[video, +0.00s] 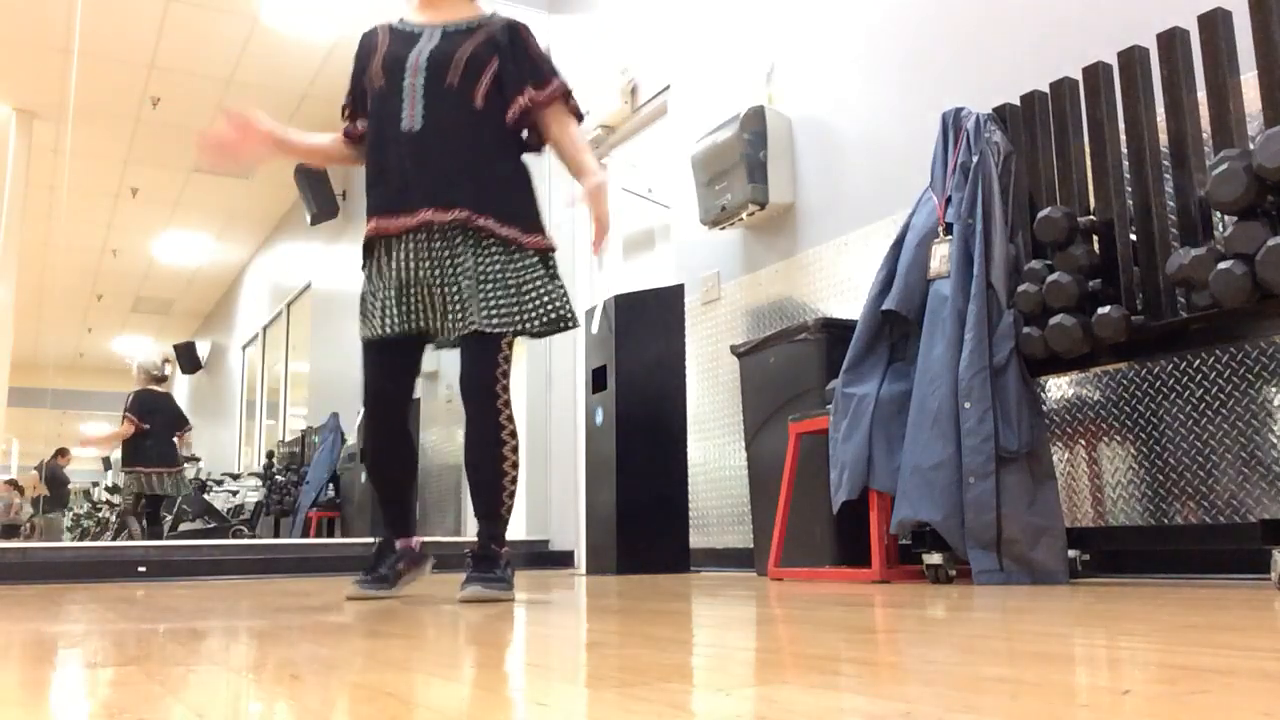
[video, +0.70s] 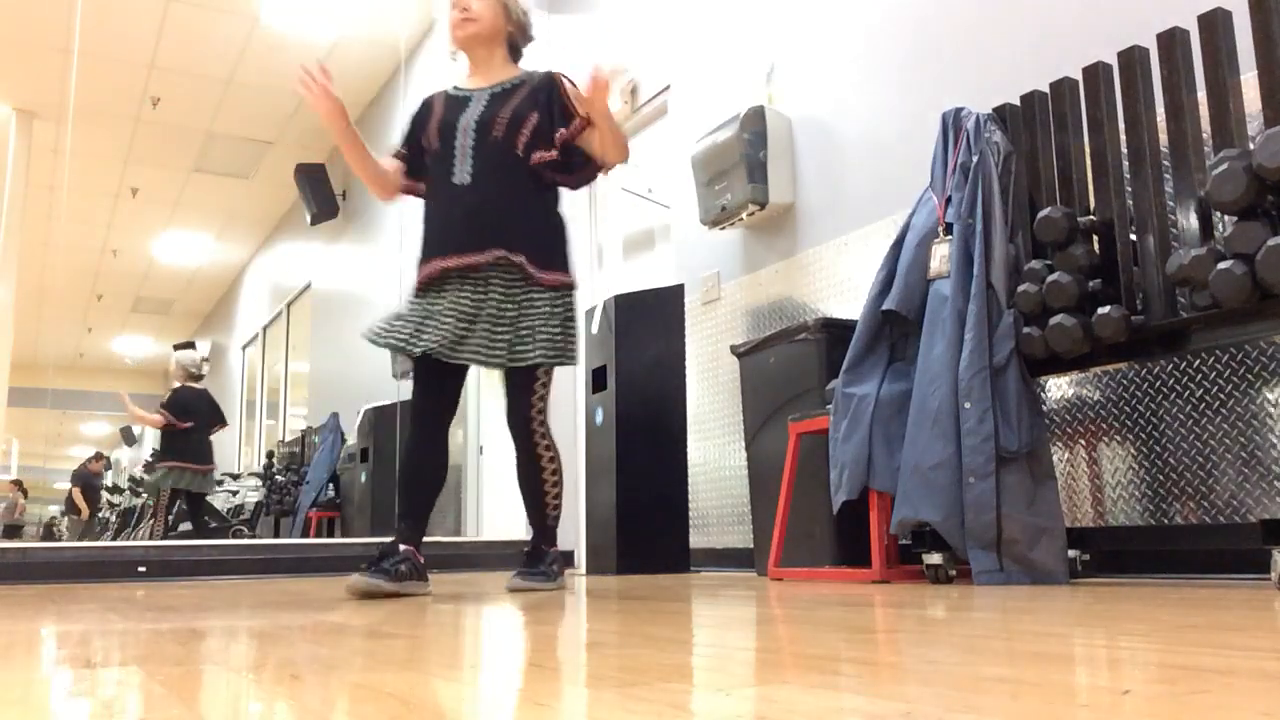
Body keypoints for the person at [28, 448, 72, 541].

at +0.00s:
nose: (68, 463)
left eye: (69, 460)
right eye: (68, 460)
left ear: (58, 457)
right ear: (60, 457)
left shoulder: (43, 465)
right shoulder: (55, 469)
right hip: (53, 511)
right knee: (54, 544)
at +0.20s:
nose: (78, 464)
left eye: (79, 461)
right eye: (77, 461)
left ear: (69, 458)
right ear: (70, 458)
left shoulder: (57, 467)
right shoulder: (65, 470)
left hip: (56, 512)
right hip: (65, 513)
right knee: (68, 543)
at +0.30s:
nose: (83, 464)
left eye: (83, 461)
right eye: (82, 460)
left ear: (74, 458)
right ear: (74, 458)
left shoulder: (72, 469)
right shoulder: (65, 468)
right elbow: (53, 481)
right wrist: (58, 496)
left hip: (72, 512)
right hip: (66, 513)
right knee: (66, 543)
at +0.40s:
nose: (88, 464)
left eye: (89, 461)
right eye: (87, 461)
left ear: (80, 459)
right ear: (80, 458)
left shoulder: (79, 469)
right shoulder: (69, 469)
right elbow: (63, 487)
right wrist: (70, 504)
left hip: (79, 509)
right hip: (71, 510)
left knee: (82, 535)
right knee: (72, 538)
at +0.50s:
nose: (92, 464)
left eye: (93, 462)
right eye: (91, 461)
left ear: (85, 459)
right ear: (84, 459)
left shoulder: (82, 469)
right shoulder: (72, 469)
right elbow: (69, 489)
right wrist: (76, 506)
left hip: (82, 508)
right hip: (71, 509)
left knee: (89, 535)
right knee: (72, 537)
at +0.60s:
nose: (97, 467)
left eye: (98, 464)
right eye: (97, 464)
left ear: (90, 460)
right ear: (89, 460)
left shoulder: (91, 471)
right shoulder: (78, 471)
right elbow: (75, 491)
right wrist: (82, 508)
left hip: (88, 510)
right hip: (74, 511)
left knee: (90, 539)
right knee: (71, 540)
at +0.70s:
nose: (102, 468)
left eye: (103, 465)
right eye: (102, 464)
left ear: (96, 462)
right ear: (94, 462)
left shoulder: (98, 473)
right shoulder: (80, 472)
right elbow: (75, 492)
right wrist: (84, 509)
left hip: (91, 512)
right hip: (76, 511)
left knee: (92, 540)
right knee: (72, 539)